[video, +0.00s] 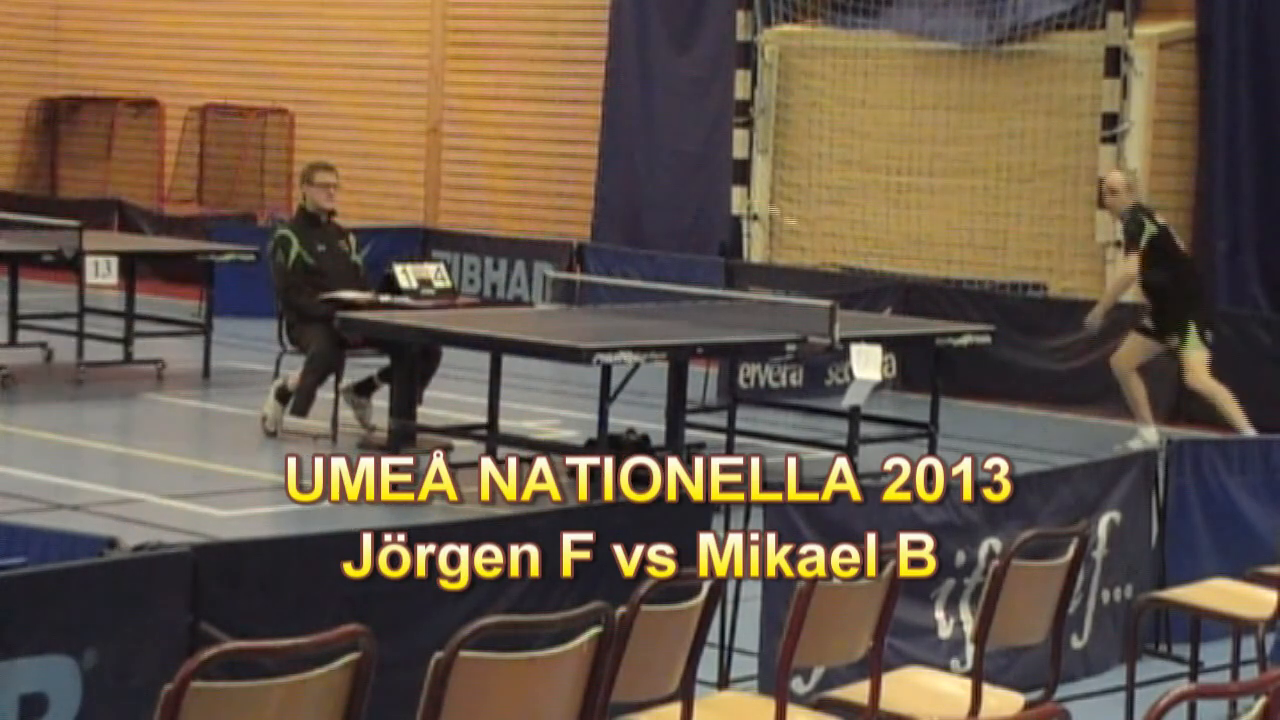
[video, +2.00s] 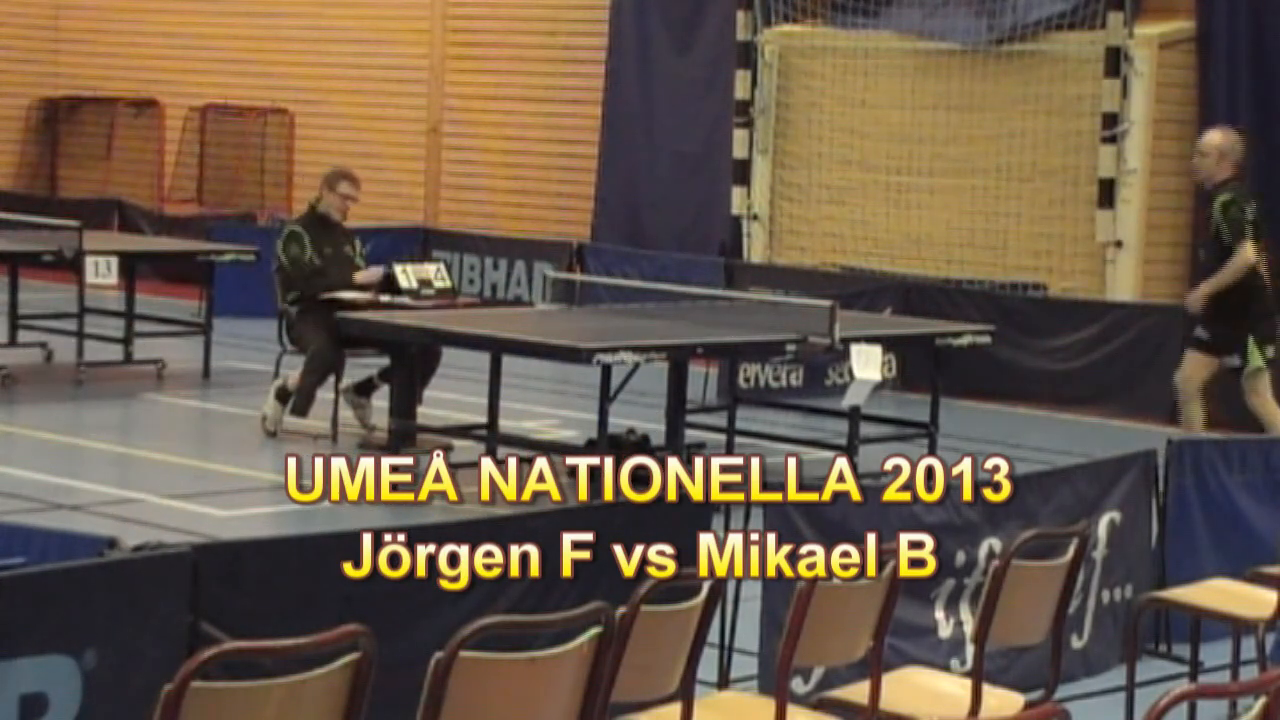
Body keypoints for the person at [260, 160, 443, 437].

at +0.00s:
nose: (331, 192)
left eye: (334, 187)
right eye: (323, 186)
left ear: (338, 190)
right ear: (305, 190)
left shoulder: (343, 235)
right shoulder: (288, 236)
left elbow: (360, 281)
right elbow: (291, 293)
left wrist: (367, 303)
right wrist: (334, 310)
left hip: (353, 318)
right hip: (311, 319)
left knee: (425, 352)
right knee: (328, 354)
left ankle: (361, 391)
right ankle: (285, 392)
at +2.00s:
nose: (348, 206)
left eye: (352, 200)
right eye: (344, 197)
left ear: (353, 201)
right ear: (325, 192)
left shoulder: (348, 237)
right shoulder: (297, 233)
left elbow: (361, 280)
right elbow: (307, 283)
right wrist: (354, 277)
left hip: (350, 313)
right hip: (309, 313)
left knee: (425, 351)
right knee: (327, 355)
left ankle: (361, 391)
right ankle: (283, 392)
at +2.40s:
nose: (362, 210)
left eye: (366, 204)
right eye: (357, 201)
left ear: (368, 205)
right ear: (339, 194)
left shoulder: (354, 238)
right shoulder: (312, 228)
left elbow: (363, 282)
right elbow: (334, 277)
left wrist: (398, 280)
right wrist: (377, 283)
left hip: (350, 313)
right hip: (310, 312)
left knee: (425, 350)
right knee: (328, 354)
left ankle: (361, 391)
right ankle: (283, 392)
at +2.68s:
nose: (363, 209)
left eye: (368, 204)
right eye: (359, 200)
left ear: (371, 206)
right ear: (340, 195)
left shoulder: (356, 239)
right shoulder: (314, 228)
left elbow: (362, 282)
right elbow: (337, 277)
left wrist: (399, 281)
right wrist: (383, 282)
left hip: (350, 312)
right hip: (311, 311)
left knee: (425, 349)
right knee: (328, 356)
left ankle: (361, 392)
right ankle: (283, 392)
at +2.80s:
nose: (363, 208)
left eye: (367, 202)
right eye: (358, 199)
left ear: (370, 204)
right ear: (340, 195)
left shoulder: (355, 238)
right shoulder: (313, 229)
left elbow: (365, 281)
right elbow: (334, 276)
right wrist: (371, 286)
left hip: (350, 318)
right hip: (310, 316)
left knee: (419, 350)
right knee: (328, 349)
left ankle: (362, 391)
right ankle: (299, 395)